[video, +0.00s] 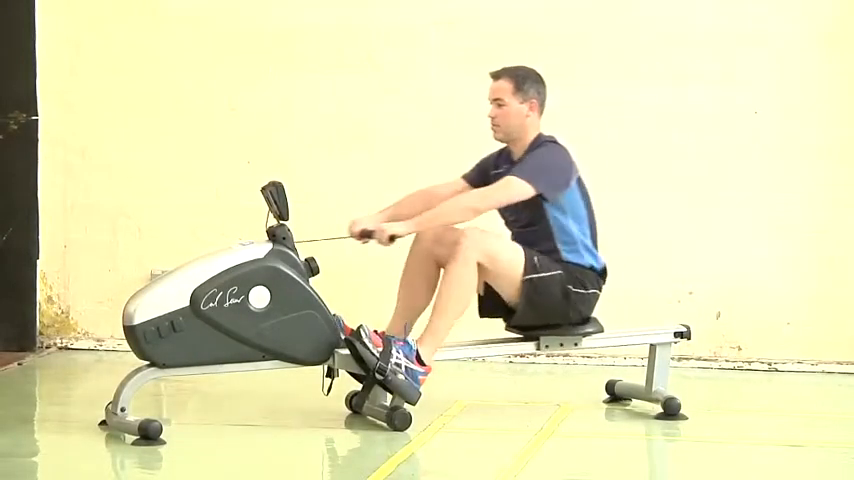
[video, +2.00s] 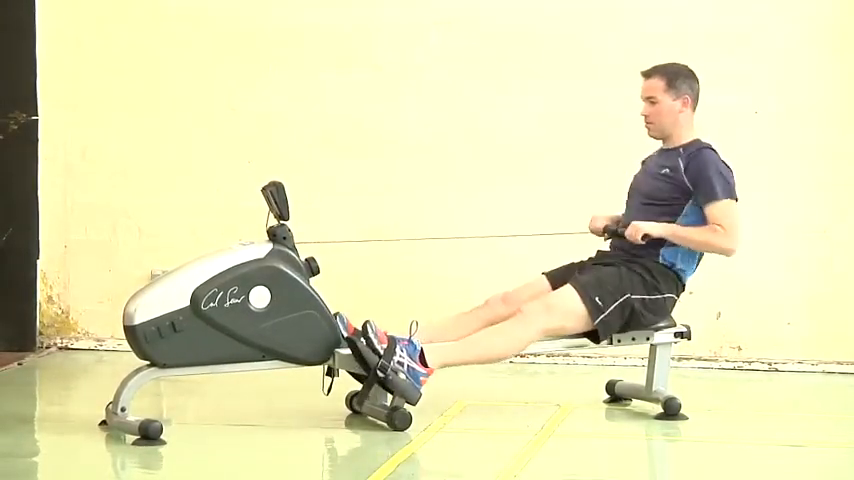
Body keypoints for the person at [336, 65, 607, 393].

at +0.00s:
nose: (490, 113)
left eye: (499, 104)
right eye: (490, 104)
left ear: (531, 108)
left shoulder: (551, 157)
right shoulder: (498, 162)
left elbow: (478, 203)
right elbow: (442, 194)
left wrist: (406, 227)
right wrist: (380, 216)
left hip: (571, 287)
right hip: (529, 285)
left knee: (471, 241)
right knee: (431, 236)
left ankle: (419, 360)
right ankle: (391, 342)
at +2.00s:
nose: (643, 111)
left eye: (652, 102)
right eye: (643, 102)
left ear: (685, 104)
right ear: (669, 106)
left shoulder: (704, 159)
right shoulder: (657, 159)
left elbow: (727, 239)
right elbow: (656, 224)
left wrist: (659, 228)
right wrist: (615, 224)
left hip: (648, 273)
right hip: (617, 260)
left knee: (538, 317)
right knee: (503, 303)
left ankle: (422, 362)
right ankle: (401, 345)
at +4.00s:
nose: (494, 106)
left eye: (504, 97)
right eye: (495, 97)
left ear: (535, 103)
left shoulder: (548, 156)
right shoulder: (495, 156)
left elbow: (464, 189)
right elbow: (432, 185)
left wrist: (396, 216)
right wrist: (366, 207)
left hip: (559, 282)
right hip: (520, 279)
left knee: (454, 235)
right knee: (422, 231)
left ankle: (417, 359)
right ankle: (387, 341)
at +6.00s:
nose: (426, 121)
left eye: (434, 112)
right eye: (425, 112)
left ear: (466, 114)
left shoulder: (488, 162)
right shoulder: (438, 164)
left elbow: (413, 205)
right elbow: (379, 196)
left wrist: (336, 235)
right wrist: (312, 223)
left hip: (518, 292)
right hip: (476, 293)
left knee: (427, 226)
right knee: (388, 224)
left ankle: (416, 353)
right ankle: (385, 336)